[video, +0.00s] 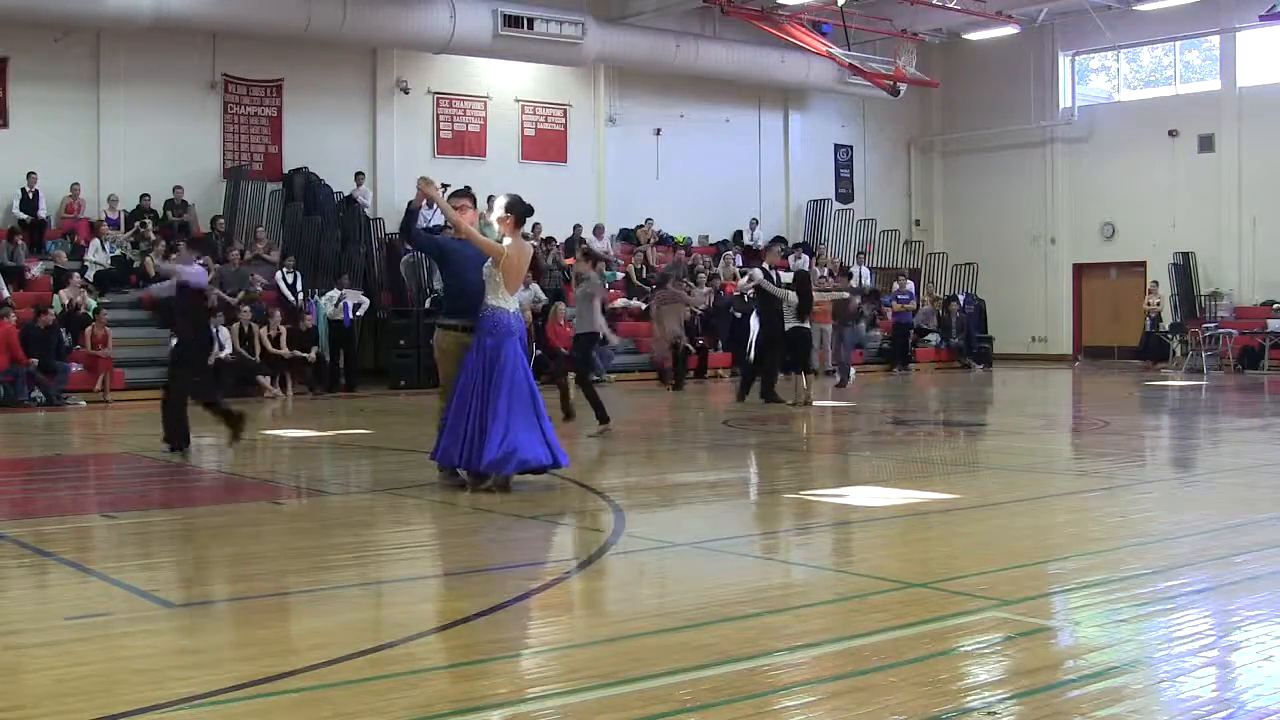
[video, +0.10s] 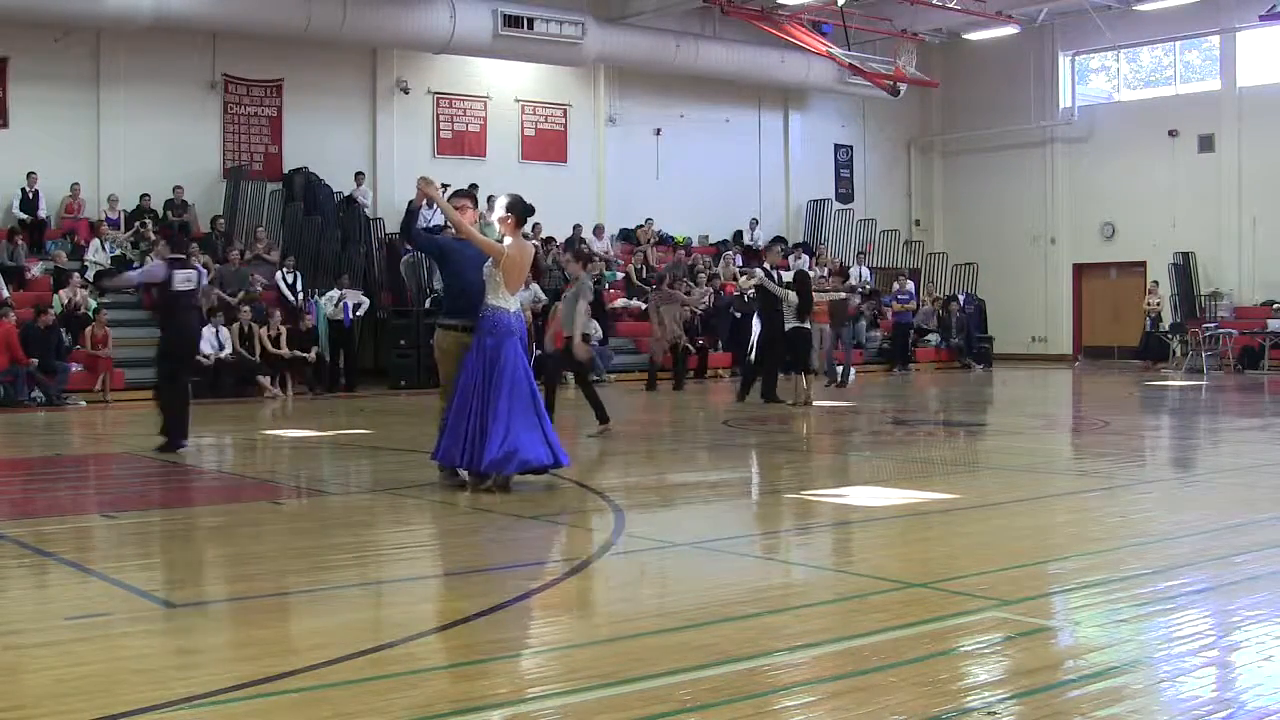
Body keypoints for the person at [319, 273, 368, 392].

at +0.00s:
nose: (346, 282)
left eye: (347, 280)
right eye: (344, 280)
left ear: (349, 281)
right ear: (337, 281)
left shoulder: (352, 294)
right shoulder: (329, 296)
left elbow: (366, 301)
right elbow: (329, 314)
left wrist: (358, 313)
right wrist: (338, 302)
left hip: (349, 322)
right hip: (335, 323)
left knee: (350, 355)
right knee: (334, 355)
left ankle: (350, 384)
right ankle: (333, 384)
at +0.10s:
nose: (346, 282)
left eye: (347, 280)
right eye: (344, 280)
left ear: (349, 281)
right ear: (337, 281)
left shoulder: (352, 294)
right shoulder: (329, 296)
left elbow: (366, 301)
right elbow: (329, 314)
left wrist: (358, 313)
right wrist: (338, 302)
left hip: (349, 322)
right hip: (335, 323)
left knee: (350, 355)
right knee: (334, 355)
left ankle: (350, 384)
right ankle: (333, 384)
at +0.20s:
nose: (346, 282)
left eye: (347, 280)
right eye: (344, 280)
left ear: (349, 281)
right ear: (337, 281)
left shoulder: (352, 294)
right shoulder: (329, 296)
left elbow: (366, 301)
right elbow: (329, 314)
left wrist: (358, 313)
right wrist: (338, 302)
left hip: (349, 322)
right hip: (335, 323)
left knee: (350, 355)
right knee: (334, 355)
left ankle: (350, 384)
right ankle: (333, 384)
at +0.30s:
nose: (347, 282)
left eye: (347, 280)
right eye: (344, 280)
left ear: (348, 282)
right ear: (337, 282)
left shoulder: (351, 294)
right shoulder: (329, 296)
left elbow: (366, 302)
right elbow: (329, 314)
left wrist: (358, 313)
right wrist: (338, 302)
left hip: (349, 323)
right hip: (334, 324)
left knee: (350, 355)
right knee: (334, 356)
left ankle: (349, 383)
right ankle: (334, 384)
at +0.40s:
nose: (347, 282)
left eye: (347, 280)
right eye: (344, 280)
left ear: (348, 281)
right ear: (337, 282)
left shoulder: (352, 294)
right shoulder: (328, 296)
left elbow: (366, 302)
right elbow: (329, 314)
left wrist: (358, 313)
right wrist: (338, 302)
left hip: (348, 323)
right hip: (334, 323)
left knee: (349, 355)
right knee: (334, 356)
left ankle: (349, 384)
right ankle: (334, 384)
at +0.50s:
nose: (347, 282)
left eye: (347, 280)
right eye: (344, 280)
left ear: (348, 281)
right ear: (337, 282)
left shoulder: (352, 294)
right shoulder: (328, 296)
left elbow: (366, 302)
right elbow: (329, 314)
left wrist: (358, 313)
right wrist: (338, 302)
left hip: (348, 323)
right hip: (334, 323)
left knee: (349, 355)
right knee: (334, 356)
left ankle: (349, 384)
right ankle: (334, 384)